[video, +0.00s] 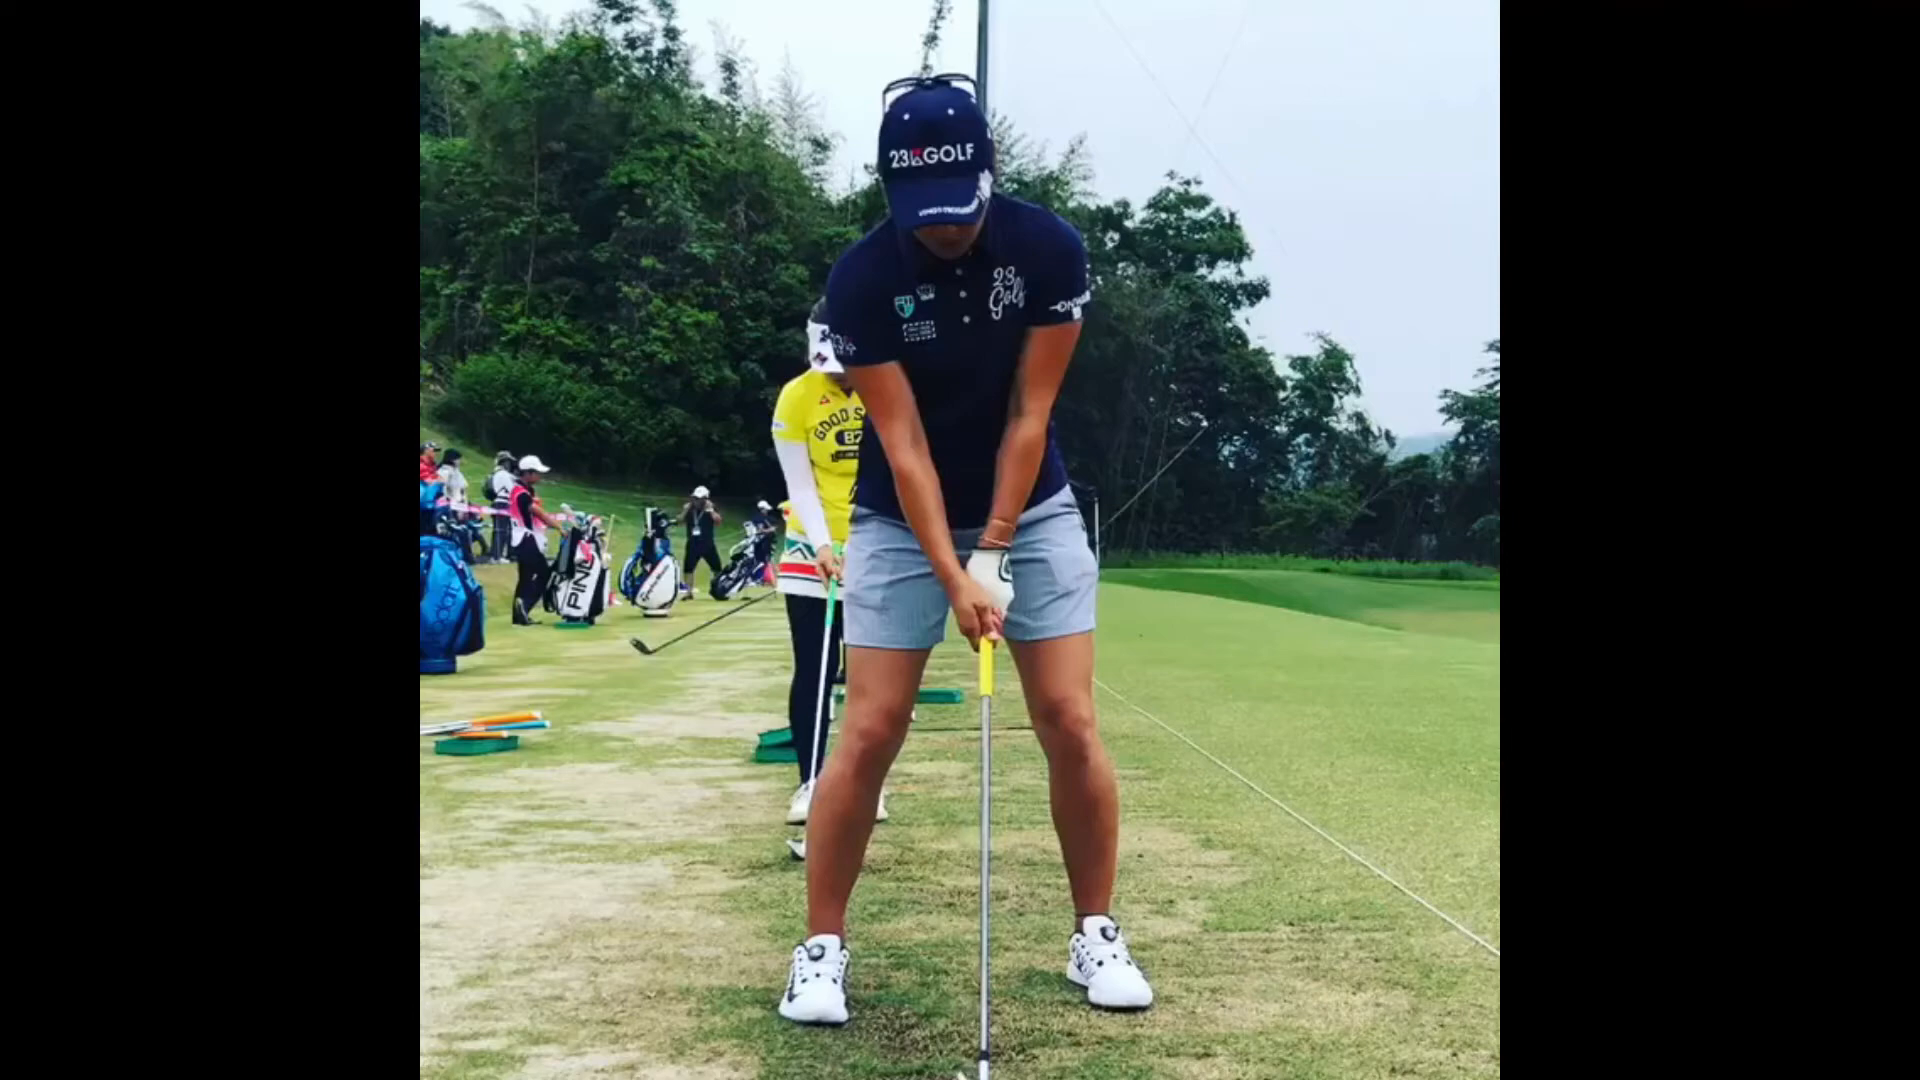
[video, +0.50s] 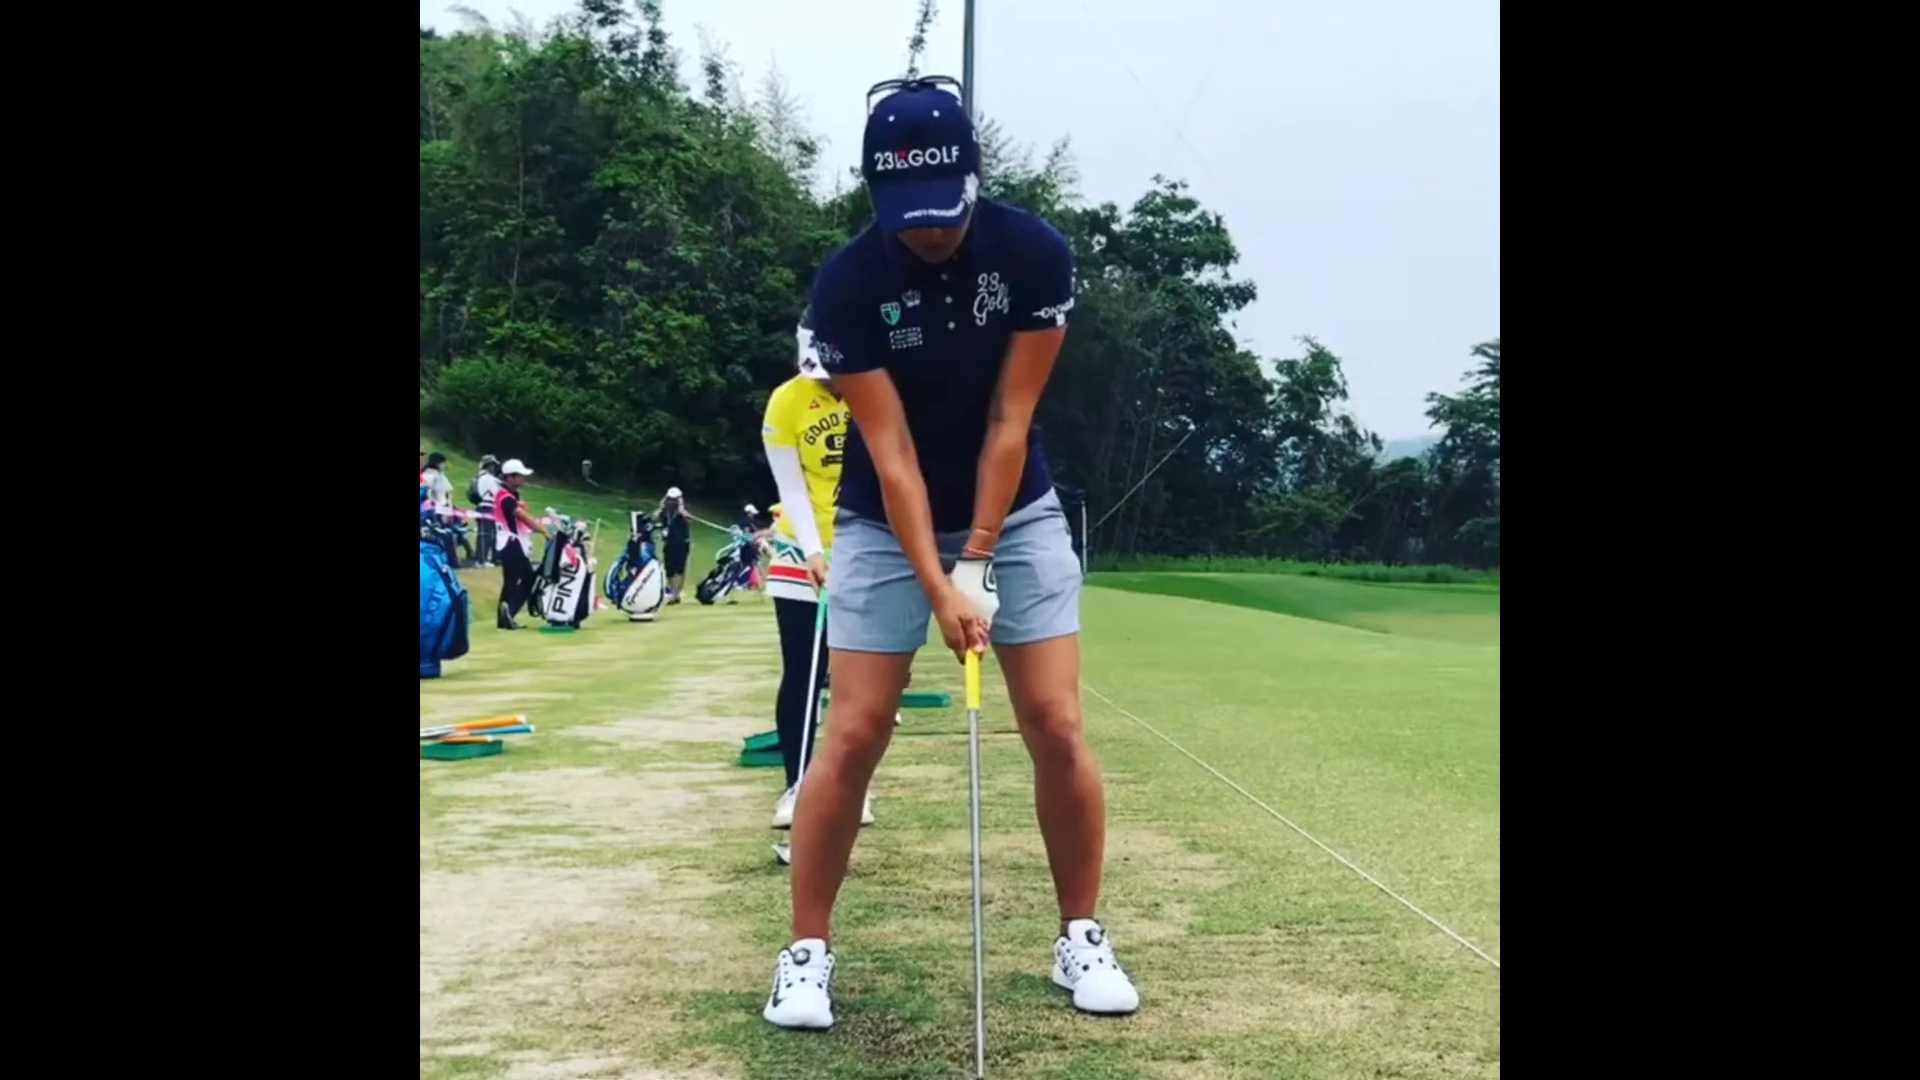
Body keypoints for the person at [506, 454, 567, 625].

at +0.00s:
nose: (539, 478)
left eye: (539, 474)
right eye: (537, 474)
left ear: (527, 474)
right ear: (528, 474)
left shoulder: (519, 491)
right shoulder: (522, 494)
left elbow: (537, 512)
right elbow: (540, 514)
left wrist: (556, 520)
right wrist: (559, 528)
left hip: (521, 535)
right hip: (526, 537)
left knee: (526, 575)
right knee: (544, 571)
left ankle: (519, 612)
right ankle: (525, 604)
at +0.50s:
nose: (523, 480)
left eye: (523, 477)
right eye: (520, 477)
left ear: (511, 478)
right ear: (510, 478)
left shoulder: (506, 495)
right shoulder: (507, 498)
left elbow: (522, 516)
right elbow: (525, 518)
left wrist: (542, 521)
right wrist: (544, 531)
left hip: (507, 539)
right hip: (511, 541)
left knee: (510, 579)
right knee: (529, 576)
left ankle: (504, 617)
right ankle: (510, 609)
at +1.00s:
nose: (512, 479)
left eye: (512, 475)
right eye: (510, 475)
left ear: (500, 477)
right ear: (500, 476)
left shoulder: (495, 493)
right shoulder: (497, 497)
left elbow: (513, 513)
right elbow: (514, 516)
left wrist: (532, 522)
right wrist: (534, 530)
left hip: (497, 538)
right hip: (502, 540)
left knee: (501, 578)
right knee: (518, 575)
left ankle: (494, 616)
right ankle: (501, 607)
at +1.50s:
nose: (523, 479)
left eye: (523, 476)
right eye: (520, 476)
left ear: (512, 478)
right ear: (511, 477)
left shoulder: (507, 493)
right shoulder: (507, 497)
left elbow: (523, 515)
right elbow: (525, 517)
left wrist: (540, 524)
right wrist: (543, 529)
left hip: (508, 538)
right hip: (511, 540)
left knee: (511, 578)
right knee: (528, 575)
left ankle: (504, 616)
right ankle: (510, 608)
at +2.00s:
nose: (536, 484)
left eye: (536, 480)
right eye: (533, 480)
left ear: (525, 482)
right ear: (524, 481)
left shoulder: (517, 497)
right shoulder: (519, 501)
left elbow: (534, 518)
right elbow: (536, 521)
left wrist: (552, 527)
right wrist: (555, 532)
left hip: (518, 542)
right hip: (523, 544)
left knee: (522, 582)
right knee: (540, 579)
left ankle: (516, 620)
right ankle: (522, 611)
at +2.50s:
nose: (545, 491)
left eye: (546, 488)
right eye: (542, 488)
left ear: (535, 490)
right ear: (533, 489)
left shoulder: (529, 506)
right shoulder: (529, 510)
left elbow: (544, 528)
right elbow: (547, 530)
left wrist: (561, 535)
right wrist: (564, 540)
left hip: (532, 551)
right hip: (533, 553)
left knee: (532, 590)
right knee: (549, 587)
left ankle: (526, 627)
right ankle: (531, 619)